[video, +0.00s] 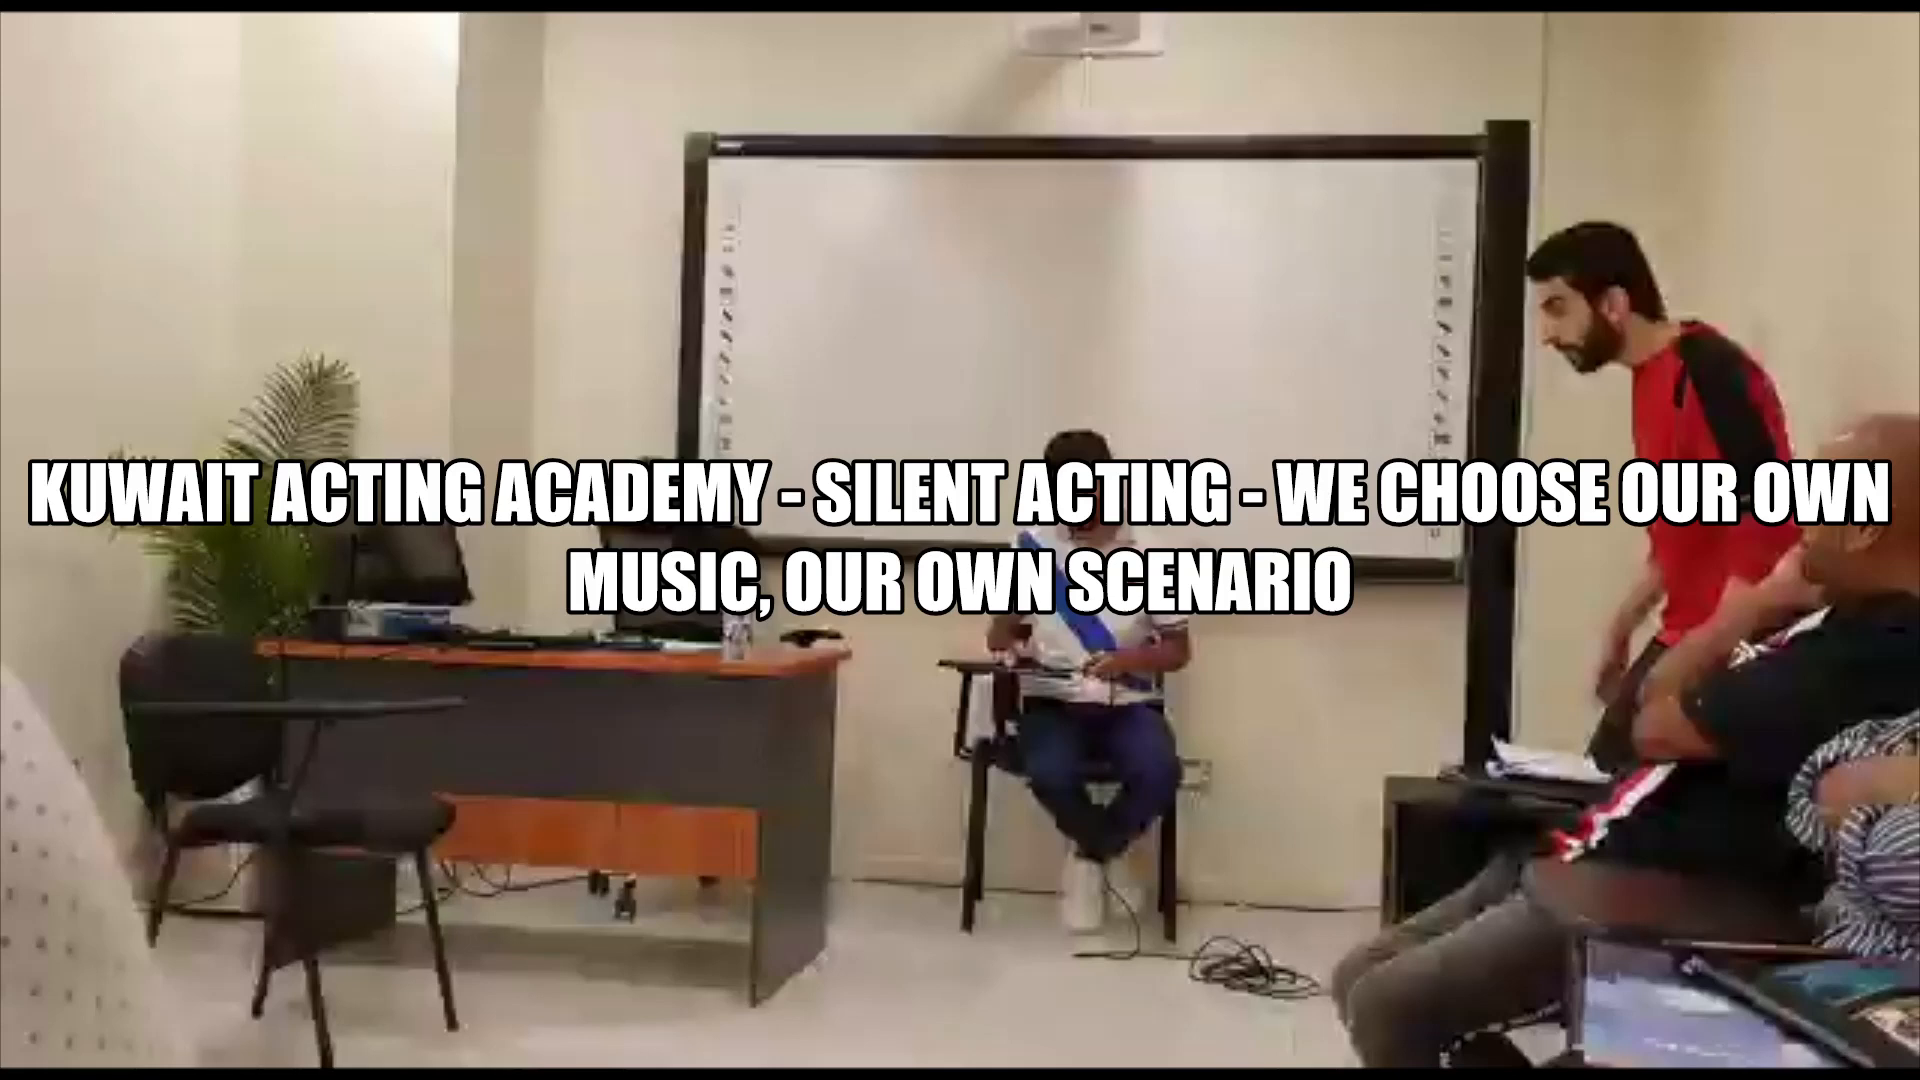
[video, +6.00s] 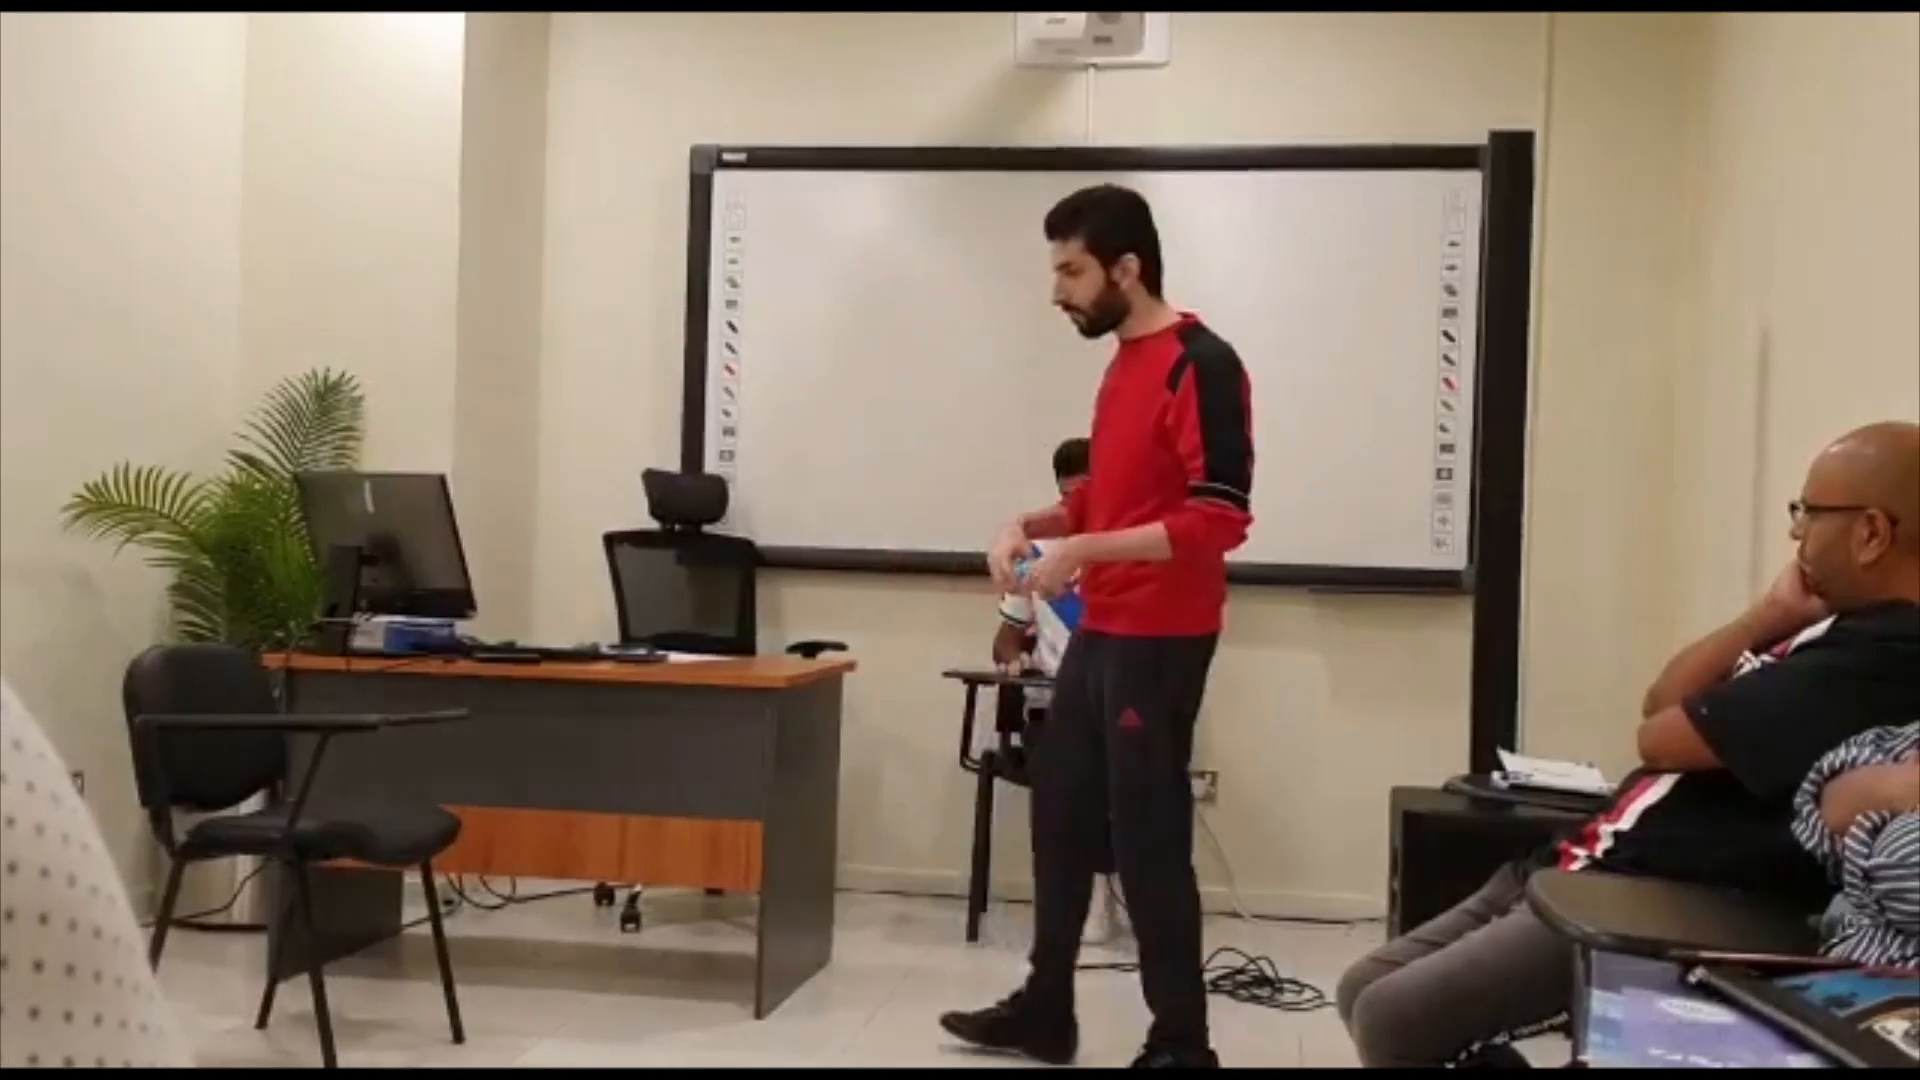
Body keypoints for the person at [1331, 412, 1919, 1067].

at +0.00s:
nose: (1811, 528)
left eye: (1836, 504)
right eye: (1820, 501)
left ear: (1886, 531)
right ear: (1876, 533)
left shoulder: (1877, 648)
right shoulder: (1837, 623)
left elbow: (1656, 726)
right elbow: (1634, 710)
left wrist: (1760, 605)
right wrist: (1756, 607)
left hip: (1631, 897)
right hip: (1585, 855)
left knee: (1386, 1007)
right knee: (1360, 974)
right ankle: (1505, 1061)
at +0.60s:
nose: (1790, 537)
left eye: (1806, 515)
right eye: (1794, 514)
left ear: (1868, 529)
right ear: (1867, 531)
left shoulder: (1877, 645)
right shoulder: (1842, 623)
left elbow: (1656, 735)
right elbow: (1659, 696)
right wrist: (1773, 603)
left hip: (1625, 906)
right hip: (1578, 865)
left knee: (1385, 1013)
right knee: (1358, 981)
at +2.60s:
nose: (1792, 536)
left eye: (1809, 515)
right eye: (1797, 514)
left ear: (1869, 534)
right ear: (1870, 535)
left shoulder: (1884, 646)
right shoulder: (1848, 626)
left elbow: (1664, 738)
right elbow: (1662, 696)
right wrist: (1781, 602)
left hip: (1635, 902)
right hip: (1587, 861)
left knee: (1388, 1016)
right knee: (1364, 983)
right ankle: (1501, 1062)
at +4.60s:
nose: (1793, 535)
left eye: (1805, 515)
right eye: (1797, 513)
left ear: (1872, 532)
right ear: (1873, 532)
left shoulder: (1883, 650)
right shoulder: (1848, 626)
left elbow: (1665, 740)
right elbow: (1664, 700)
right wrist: (1782, 606)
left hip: (1633, 905)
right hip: (1584, 863)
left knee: (1387, 1019)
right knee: (1363, 985)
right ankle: (1485, 1061)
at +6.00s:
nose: (1796, 538)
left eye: (1807, 517)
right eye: (1799, 516)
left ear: (1874, 532)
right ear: (1874, 532)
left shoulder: (1881, 651)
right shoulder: (1848, 628)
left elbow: (1663, 744)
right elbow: (1661, 702)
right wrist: (1778, 612)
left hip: (1640, 906)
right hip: (1586, 863)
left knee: (1388, 1022)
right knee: (1364, 987)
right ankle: (1486, 1060)